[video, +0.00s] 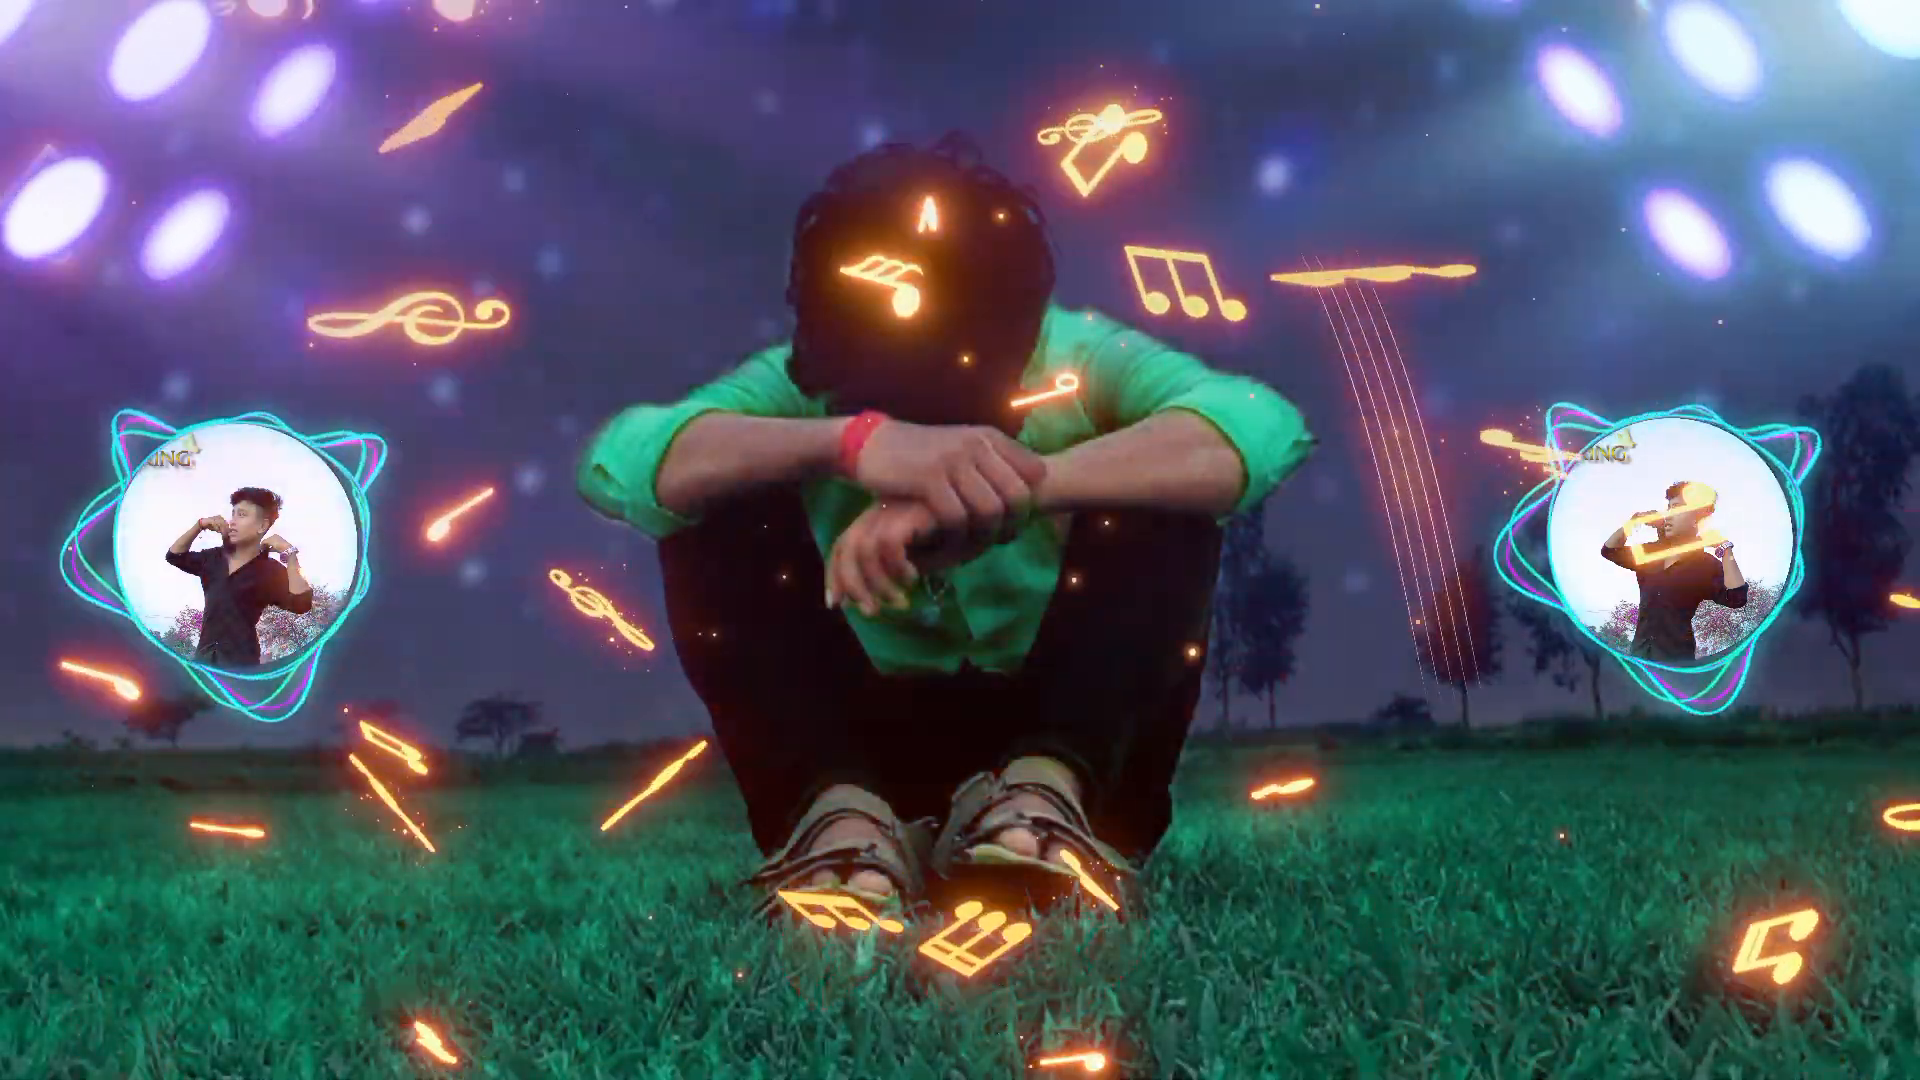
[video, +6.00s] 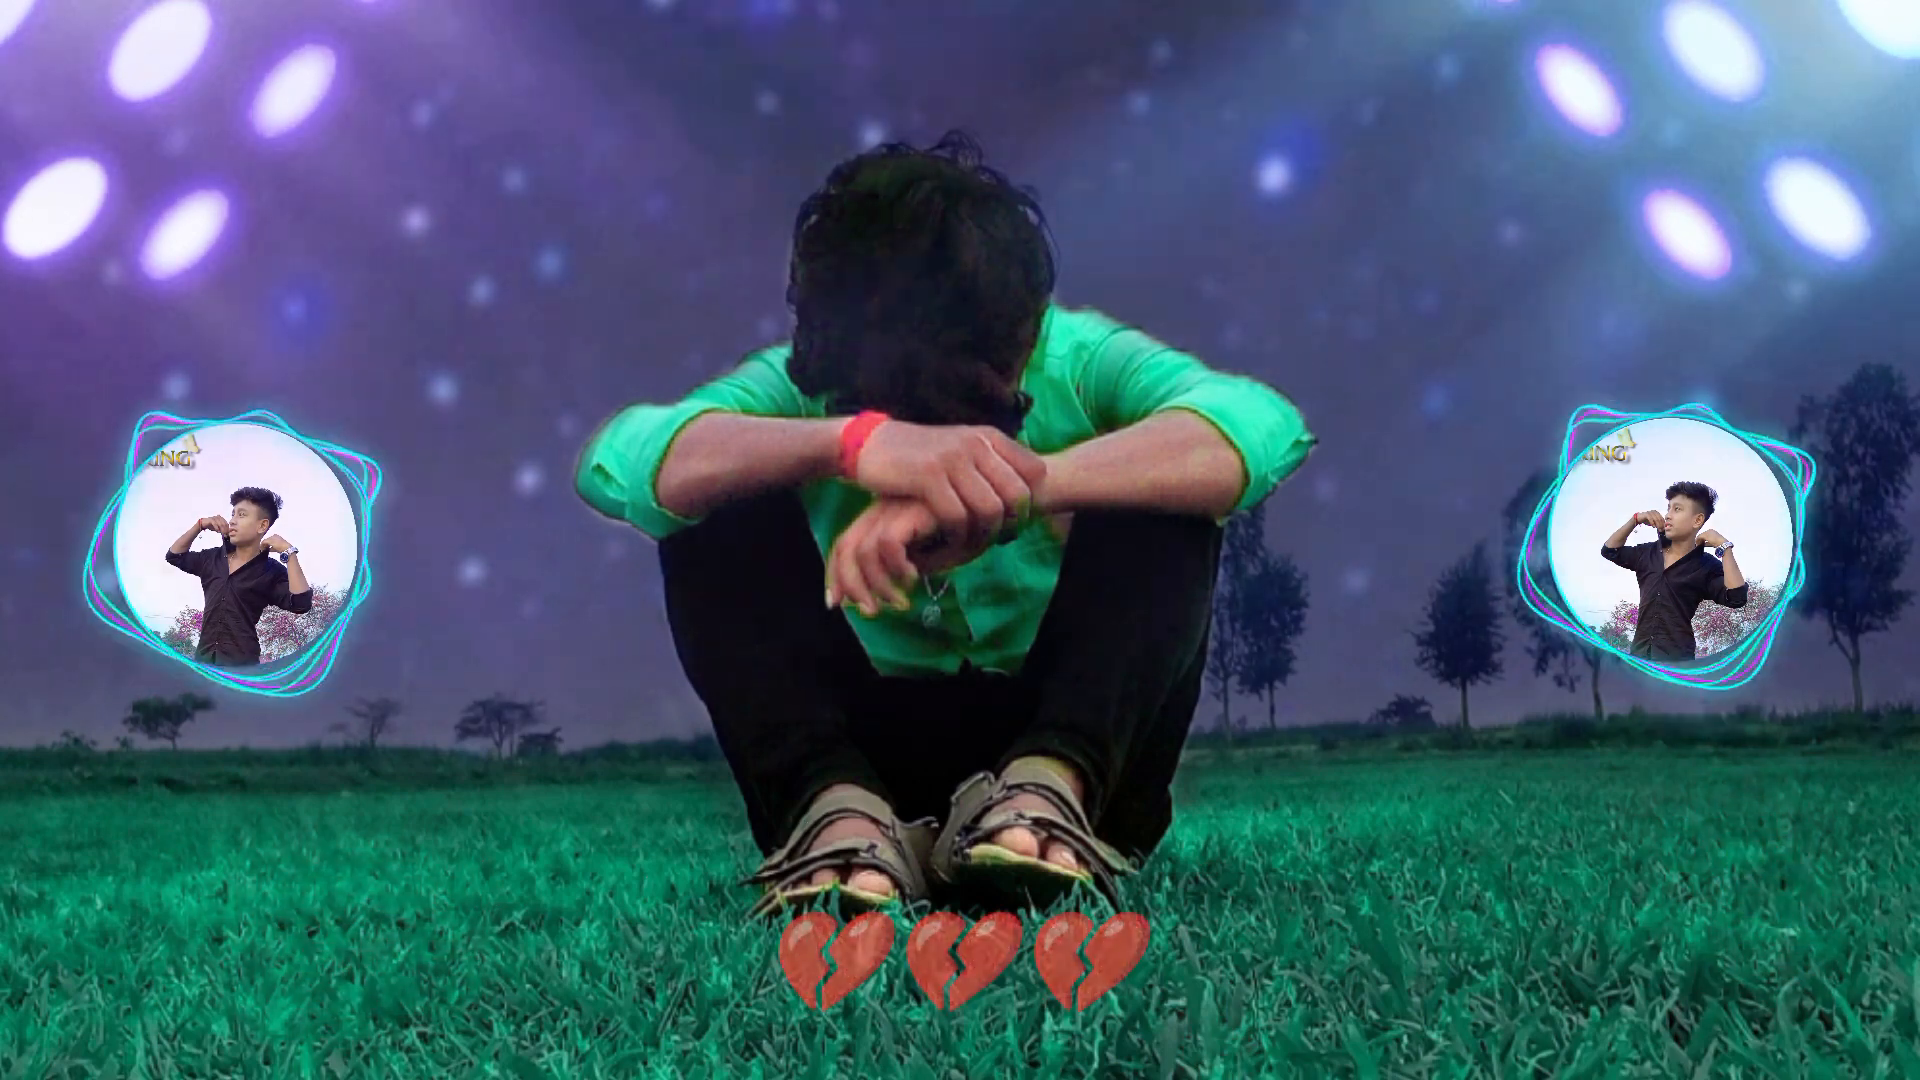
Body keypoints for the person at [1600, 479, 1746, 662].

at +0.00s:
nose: (1667, 514)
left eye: (1676, 507)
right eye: (1668, 507)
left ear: (1698, 513)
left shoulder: (1704, 563)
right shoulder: (1648, 553)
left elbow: (1737, 600)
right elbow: (1609, 551)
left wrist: (1726, 551)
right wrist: (1631, 525)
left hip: (1677, 655)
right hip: (1640, 652)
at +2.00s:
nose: (1667, 515)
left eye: (1677, 509)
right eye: (1669, 508)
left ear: (1698, 520)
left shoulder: (1706, 565)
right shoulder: (1648, 553)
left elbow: (1737, 600)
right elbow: (1610, 551)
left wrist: (1725, 547)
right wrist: (1634, 521)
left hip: (1677, 660)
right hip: (1639, 655)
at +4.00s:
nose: (1667, 515)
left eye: (1677, 509)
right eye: (1668, 509)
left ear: (1698, 520)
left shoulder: (1705, 564)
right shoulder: (1647, 553)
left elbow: (1737, 599)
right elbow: (1609, 551)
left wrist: (1725, 547)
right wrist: (1635, 520)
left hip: (1677, 660)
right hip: (1639, 655)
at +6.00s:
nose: (1667, 515)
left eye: (1677, 509)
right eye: (1668, 509)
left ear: (1698, 520)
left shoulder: (1705, 565)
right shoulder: (1647, 553)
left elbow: (1737, 599)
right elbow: (1609, 551)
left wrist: (1725, 547)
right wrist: (1634, 520)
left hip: (1677, 659)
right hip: (1639, 654)